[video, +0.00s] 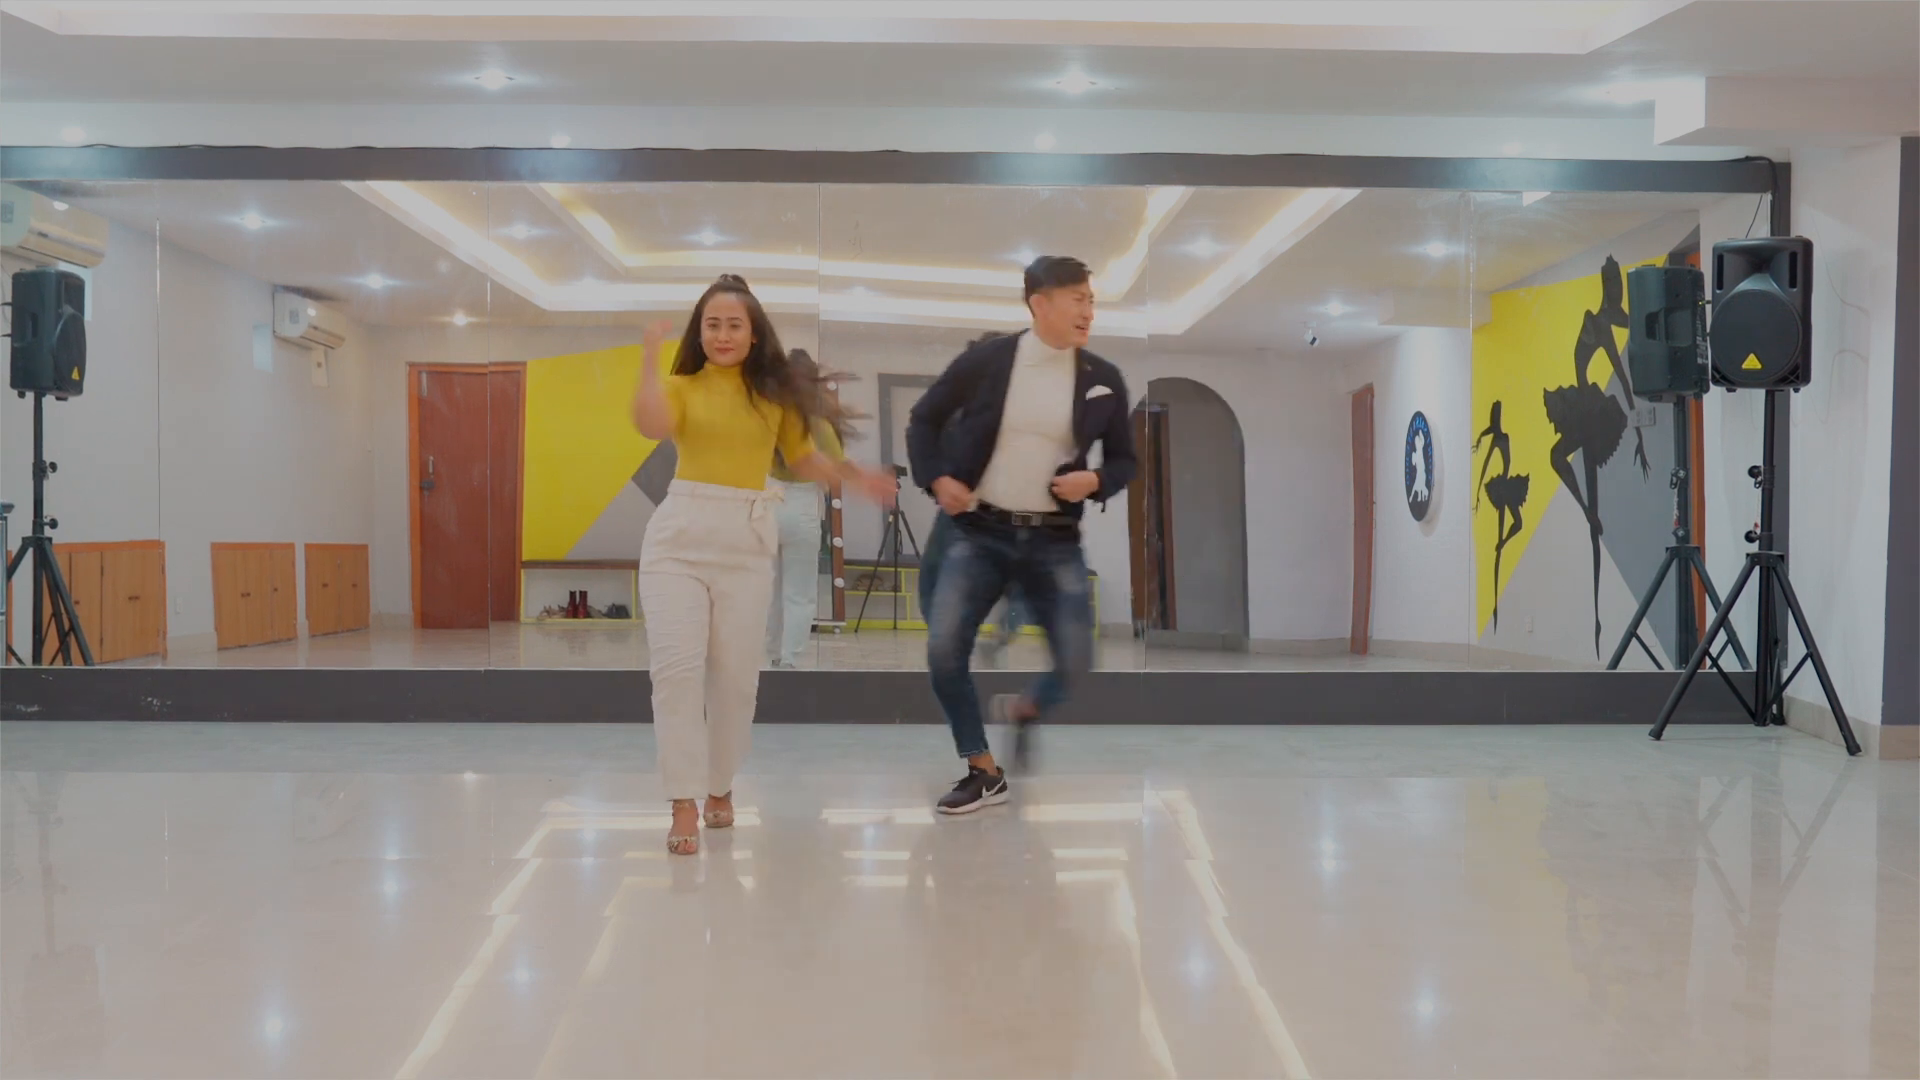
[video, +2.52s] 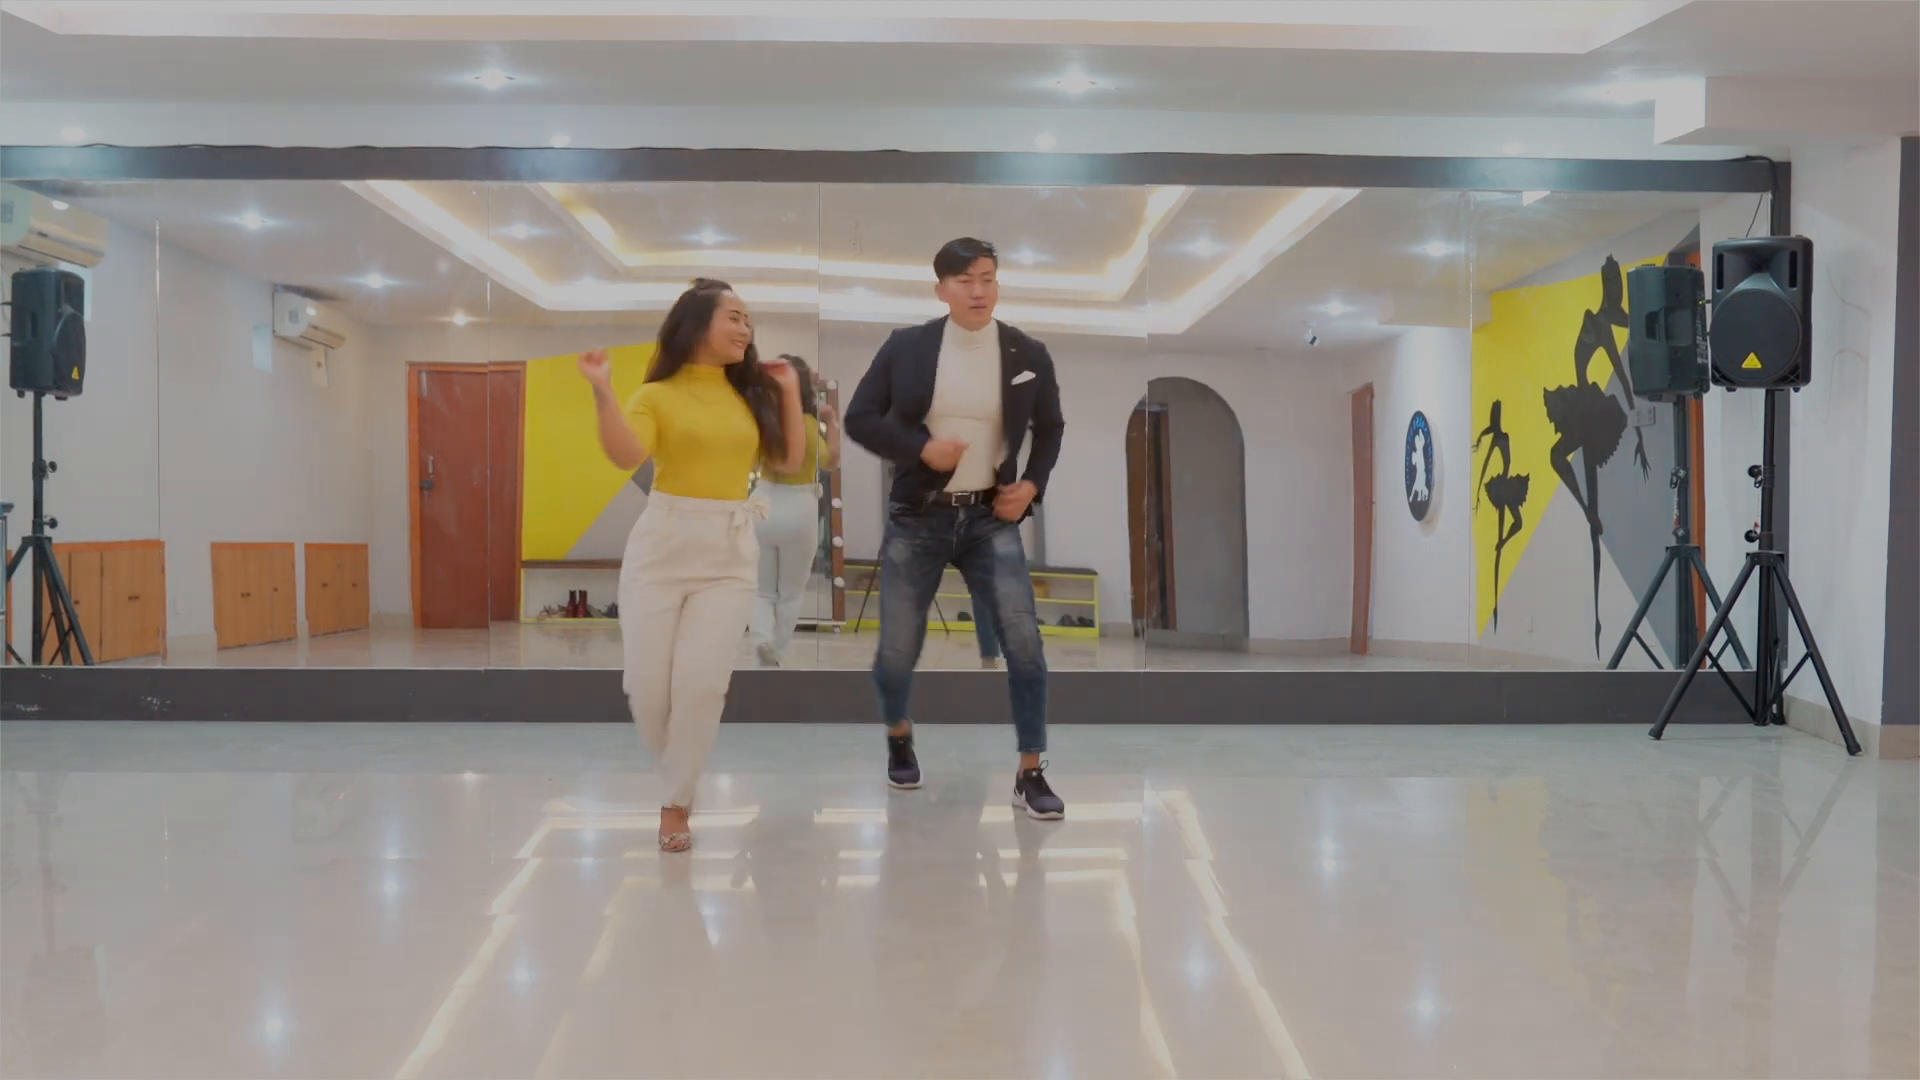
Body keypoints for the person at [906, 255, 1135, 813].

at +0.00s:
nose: (1089, 312)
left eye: (1091, 302)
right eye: (1077, 301)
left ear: (1090, 306)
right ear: (1037, 304)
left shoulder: (1102, 379)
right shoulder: (985, 360)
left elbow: (1124, 461)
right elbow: (924, 418)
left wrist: (1097, 481)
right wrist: (934, 478)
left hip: (1054, 540)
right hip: (978, 531)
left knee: (1073, 668)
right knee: (943, 651)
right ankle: (982, 768)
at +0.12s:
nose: (1069, 313)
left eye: (1068, 302)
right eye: (1060, 301)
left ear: (1041, 305)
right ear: (1023, 303)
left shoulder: (1070, 372)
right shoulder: (958, 358)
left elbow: (1097, 451)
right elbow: (903, 421)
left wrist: (1078, 475)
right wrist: (913, 476)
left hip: (1025, 536)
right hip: (952, 524)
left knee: (995, 666)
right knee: (934, 651)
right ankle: (979, 767)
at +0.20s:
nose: (1027, 305)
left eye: (1033, 294)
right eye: (1015, 293)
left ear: (1040, 299)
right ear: (985, 296)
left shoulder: (1058, 371)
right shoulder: (944, 358)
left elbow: (1092, 451)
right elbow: (883, 426)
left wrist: (1065, 480)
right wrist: (900, 477)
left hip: (1012, 534)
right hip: (941, 522)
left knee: (973, 661)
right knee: (937, 650)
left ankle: (905, 735)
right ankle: (976, 766)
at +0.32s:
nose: (944, 299)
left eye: (955, 288)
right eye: (944, 289)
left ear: (996, 294)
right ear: (950, 294)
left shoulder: (1043, 365)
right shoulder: (924, 362)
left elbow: (1073, 440)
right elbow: (861, 433)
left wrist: (1058, 485)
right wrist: (887, 477)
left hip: (1003, 532)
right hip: (931, 523)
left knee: (963, 658)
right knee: (934, 652)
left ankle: (900, 738)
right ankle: (976, 765)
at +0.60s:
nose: (916, 297)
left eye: (927, 284)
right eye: (911, 287)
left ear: (964, 288)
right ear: (908, 294)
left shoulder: (1009, 349)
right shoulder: (896, 356)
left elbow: (1054, 416)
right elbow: (847, 426)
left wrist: (993, 446)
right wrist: (867, 485)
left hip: (988, 524)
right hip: (918, 519)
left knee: (951, 653)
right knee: (935, 646)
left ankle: (896, 746)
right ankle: (978, 767)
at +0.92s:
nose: (921, 286)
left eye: (934, 274)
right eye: (911, 276)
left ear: (959, 280)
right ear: (900, 285)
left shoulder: (999, 348)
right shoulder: (898, 354)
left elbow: (1061, 420)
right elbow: (873, 437)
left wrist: (1021, 485)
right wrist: (883, 426)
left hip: (983, 519)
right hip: (916, 517)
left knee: (968, 652)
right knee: (923, 654)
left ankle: (978, 709)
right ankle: (971, 767)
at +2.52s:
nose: (981, 290)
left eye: (989, 279)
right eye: (968, 280)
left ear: (1000, 285)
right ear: (943, 287)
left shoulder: (1027, 354)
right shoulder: (906, 347)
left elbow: (1050, 428)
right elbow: (860, 418)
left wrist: (1031, 484)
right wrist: (919, 446)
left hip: (993, 518)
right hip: (917, 518)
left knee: (1024, 641)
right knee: (896, 651)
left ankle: (1031, 769)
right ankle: (899, 735)